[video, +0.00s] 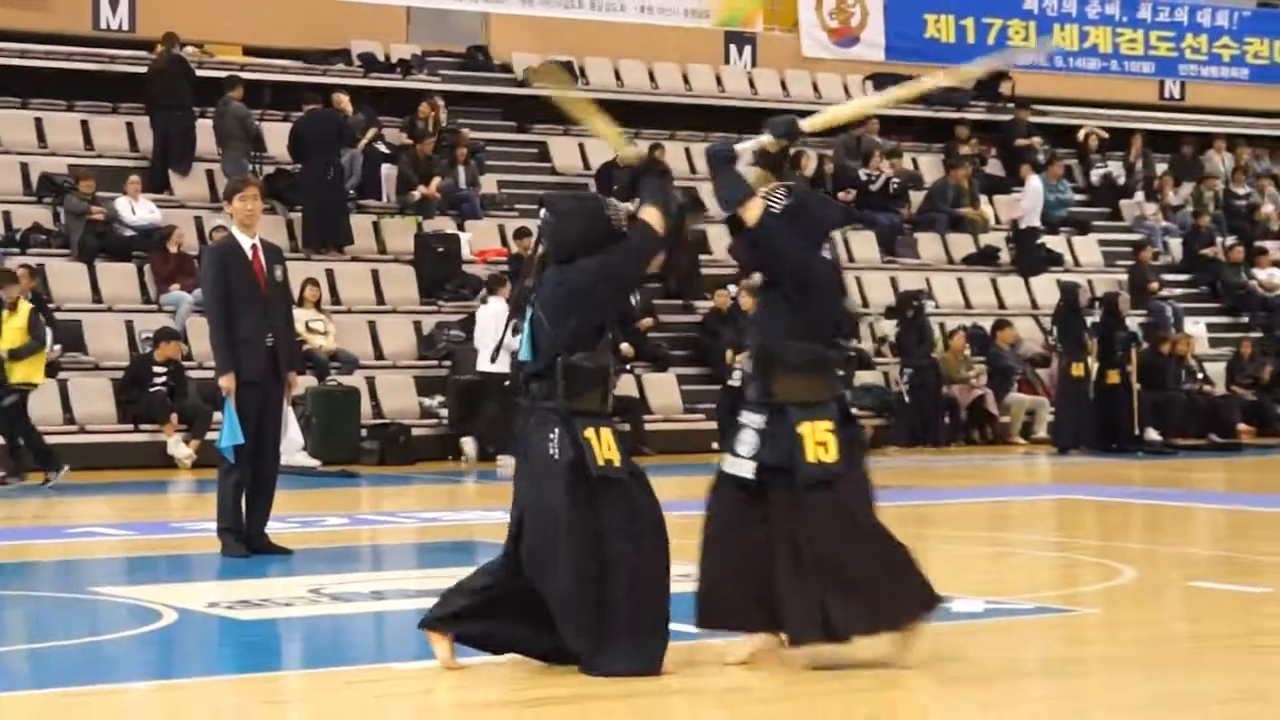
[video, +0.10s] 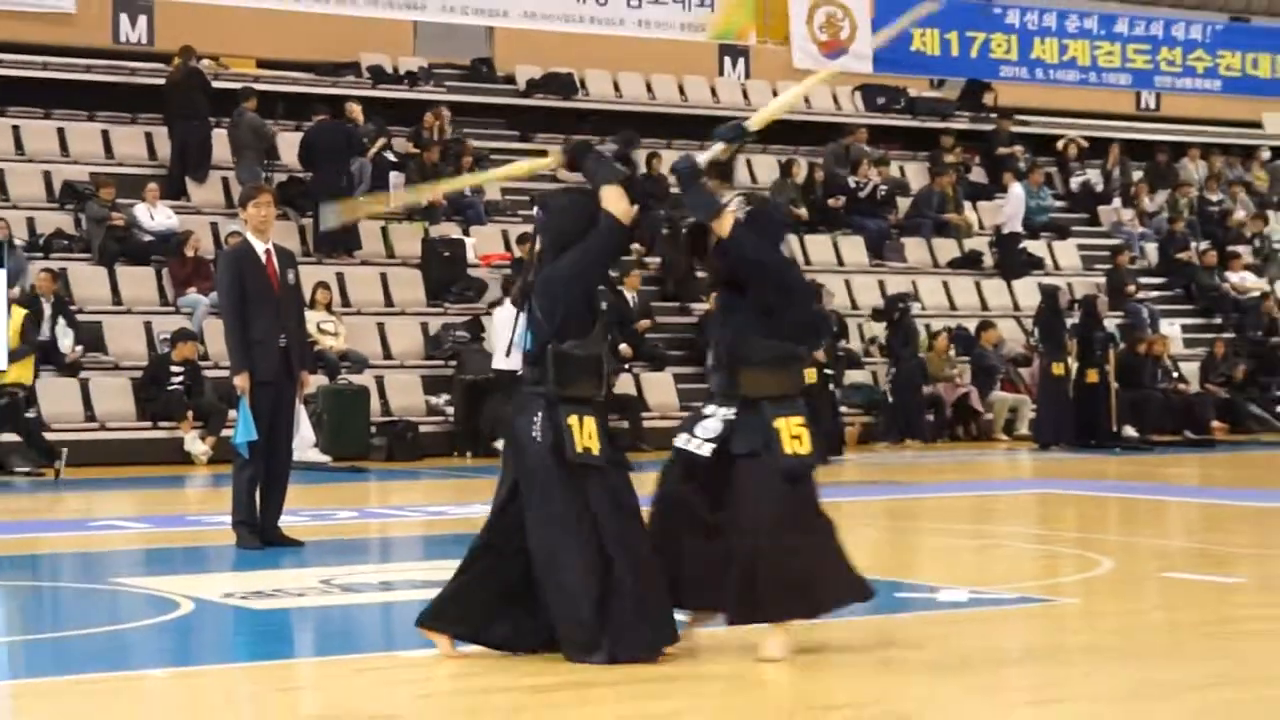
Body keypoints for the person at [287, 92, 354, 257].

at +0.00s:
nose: (303, 110)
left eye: (302, 107)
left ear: (304, 106)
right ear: (321, 103)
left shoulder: (299, 123)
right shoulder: (335, 118)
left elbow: (293, 149)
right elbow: (350, 140)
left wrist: (305, 161)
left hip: (310, 168)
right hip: (332, 167)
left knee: (311, 206)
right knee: (334, 205)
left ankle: (313, 245)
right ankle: (335, 245)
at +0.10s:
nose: (314, 120)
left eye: (313, 117)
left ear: (313, 117)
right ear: (330, 114)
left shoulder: (310, 133)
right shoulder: (343, 128)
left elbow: (303, 159)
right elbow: (359, 148)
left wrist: (316, 168)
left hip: (320, 178)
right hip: (342, 177)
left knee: (320, 214)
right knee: (345, 212)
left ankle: (322, 250)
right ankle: (345, 250)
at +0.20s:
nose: (319, 128)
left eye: (319, 125)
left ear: (319, 124)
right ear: (335, 121)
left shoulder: (317, 140)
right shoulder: (351, 134)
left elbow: (311, 165)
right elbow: (368, 154)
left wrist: (325, 173)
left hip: (328, 183)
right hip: (350, 182)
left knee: (330, 220)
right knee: (352, 219)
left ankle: (331, 255)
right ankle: (356, 254)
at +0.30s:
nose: (325, 131)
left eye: (325, 128)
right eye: (325, 128)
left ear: (326, 127)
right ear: (341, 124)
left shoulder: (324, 143)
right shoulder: (358, 137)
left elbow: (318, 169)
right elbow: (374, 157)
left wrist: (332, 171)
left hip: (335, 185)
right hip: (357, 184)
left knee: (335, 222)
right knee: (357, 221)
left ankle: (337, 255)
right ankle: (358, 254)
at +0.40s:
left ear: (344, 123)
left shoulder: (335, 142)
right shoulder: (370, 140)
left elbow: (323, 167)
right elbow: (377, 160)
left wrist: (329, 176)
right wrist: (363, 171)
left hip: (340, 187)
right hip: (363, 186)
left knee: (341, 221)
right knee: (363, 220)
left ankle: (343, 255)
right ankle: (364, 255)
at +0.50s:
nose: (337, 139)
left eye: (337, 136)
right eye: (336, 137)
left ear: (340, 135)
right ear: (353, 132)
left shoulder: (337, 148)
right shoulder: (371, 144)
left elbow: (329, 172)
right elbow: (382, 165)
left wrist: (338, 180)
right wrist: (369, 174)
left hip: (347, 188)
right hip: (368, 187)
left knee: (348, 222)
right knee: (369, 221)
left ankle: (349, 255)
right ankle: (370, 255)